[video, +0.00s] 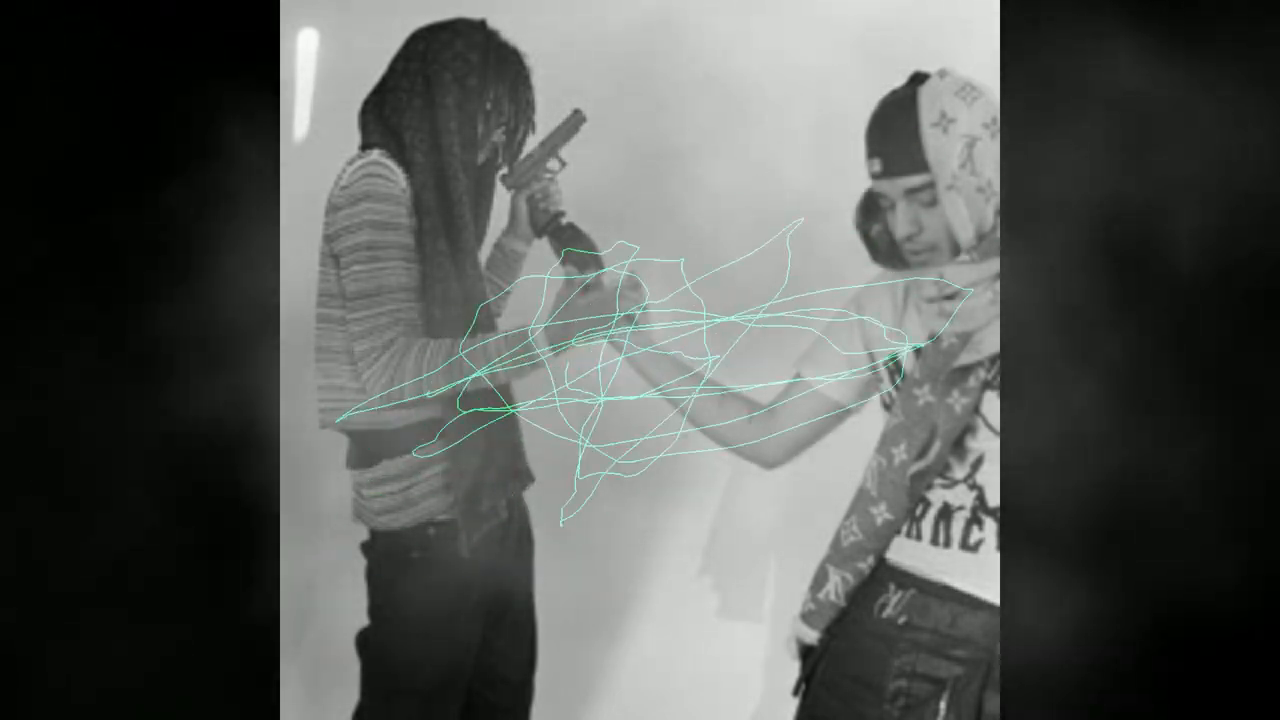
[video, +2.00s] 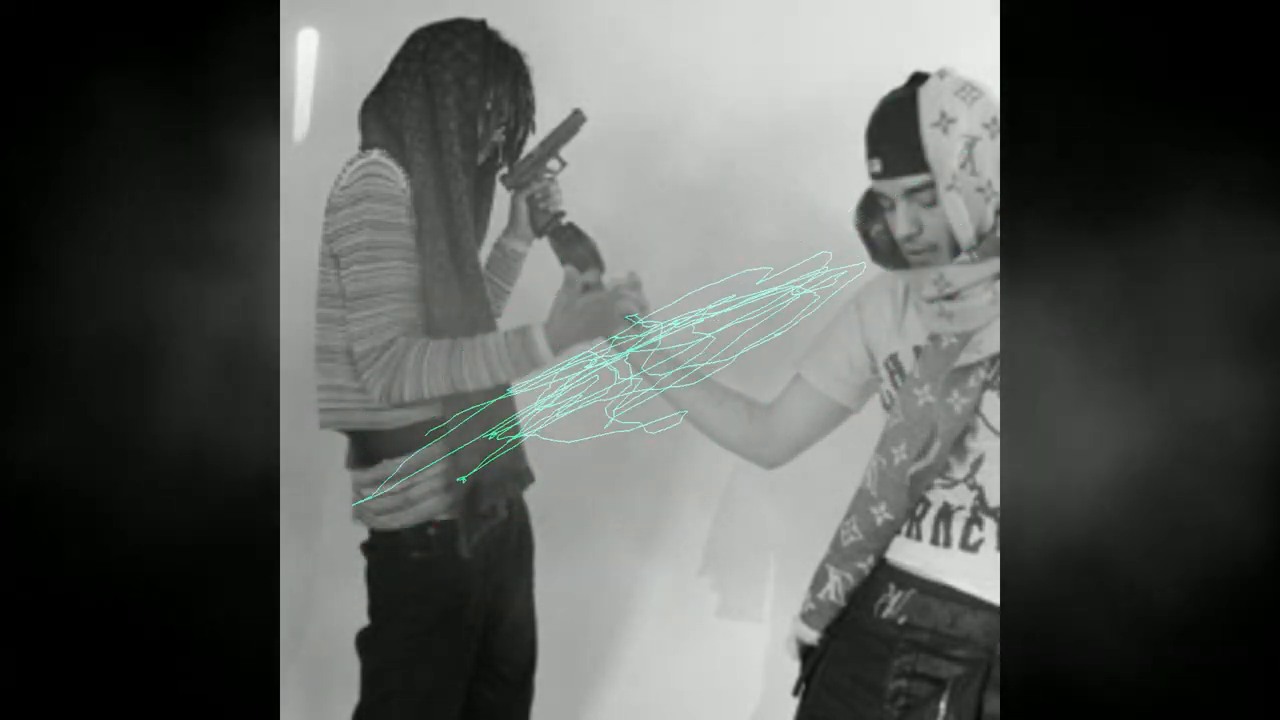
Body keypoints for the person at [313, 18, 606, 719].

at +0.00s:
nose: (499, 146)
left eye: (506, 125)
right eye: (492, 120)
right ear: (448, 106)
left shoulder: (426, 190)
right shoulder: (377, 182)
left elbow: (460, 328)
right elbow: (386, 370)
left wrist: (516, 234)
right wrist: (554, 335)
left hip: (487, 502)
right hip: (425, 518)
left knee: (499, 701)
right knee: (413, 706)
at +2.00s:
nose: (498, 143)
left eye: (505, 124)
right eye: (493, 118)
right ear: (450, 105)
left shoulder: (426, 191)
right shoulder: (377, 182)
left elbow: (465, 327)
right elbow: (387, 369)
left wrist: (518, 233)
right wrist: (550, 339)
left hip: (487, 503)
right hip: (422, 522)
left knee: (500, 699)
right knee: (413, 704)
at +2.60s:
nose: (497, 145)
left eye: (504, 125)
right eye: (490, 120)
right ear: (448, 107)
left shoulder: (428, 192)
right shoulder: (377, 182)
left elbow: (462, 331)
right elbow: (390, 368)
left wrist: (516, 236)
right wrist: (547, 341)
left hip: (489, 499)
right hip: (424, 512)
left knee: (500, 700)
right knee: (416, 704)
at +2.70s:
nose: (498, 146)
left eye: (507, 127)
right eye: (493, 120)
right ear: (450, 105)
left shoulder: (420, 191)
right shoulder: (378, 180)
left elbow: (463, 336)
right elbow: (390, 371)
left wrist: (519, 235)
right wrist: (543, 342)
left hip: (486, 501)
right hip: (425, 510)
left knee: (500, 701)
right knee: (416, 704)